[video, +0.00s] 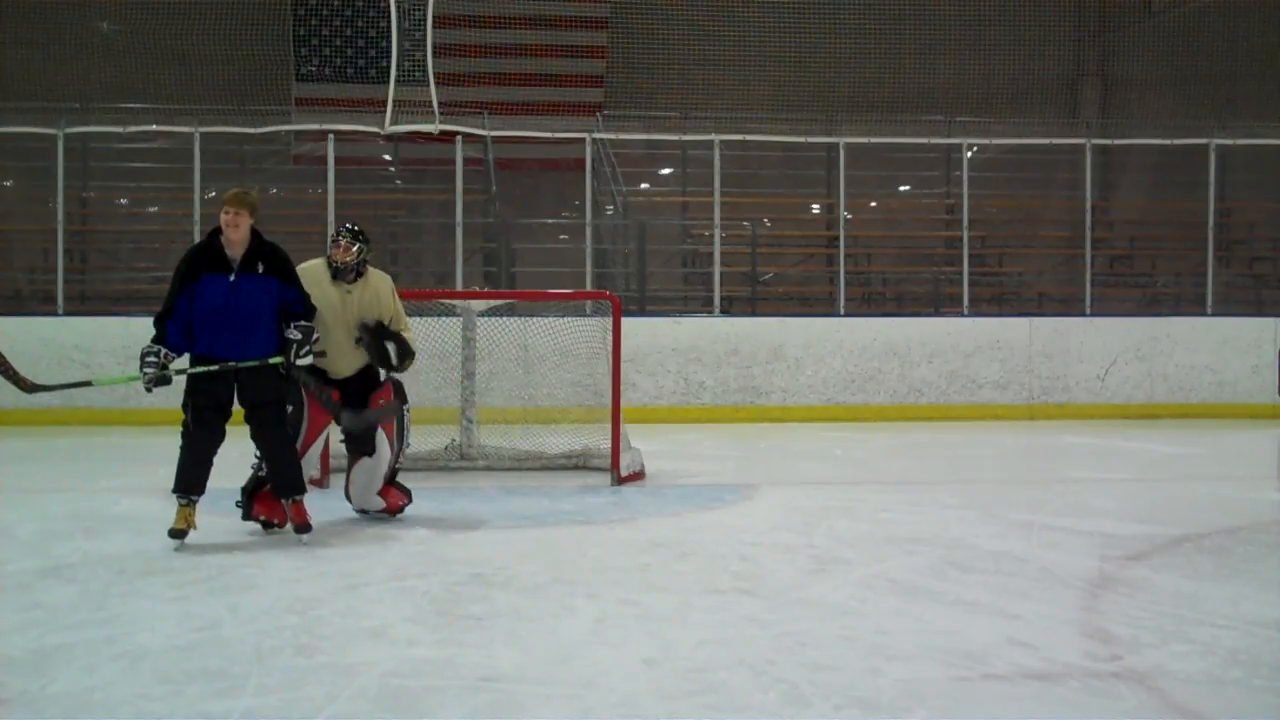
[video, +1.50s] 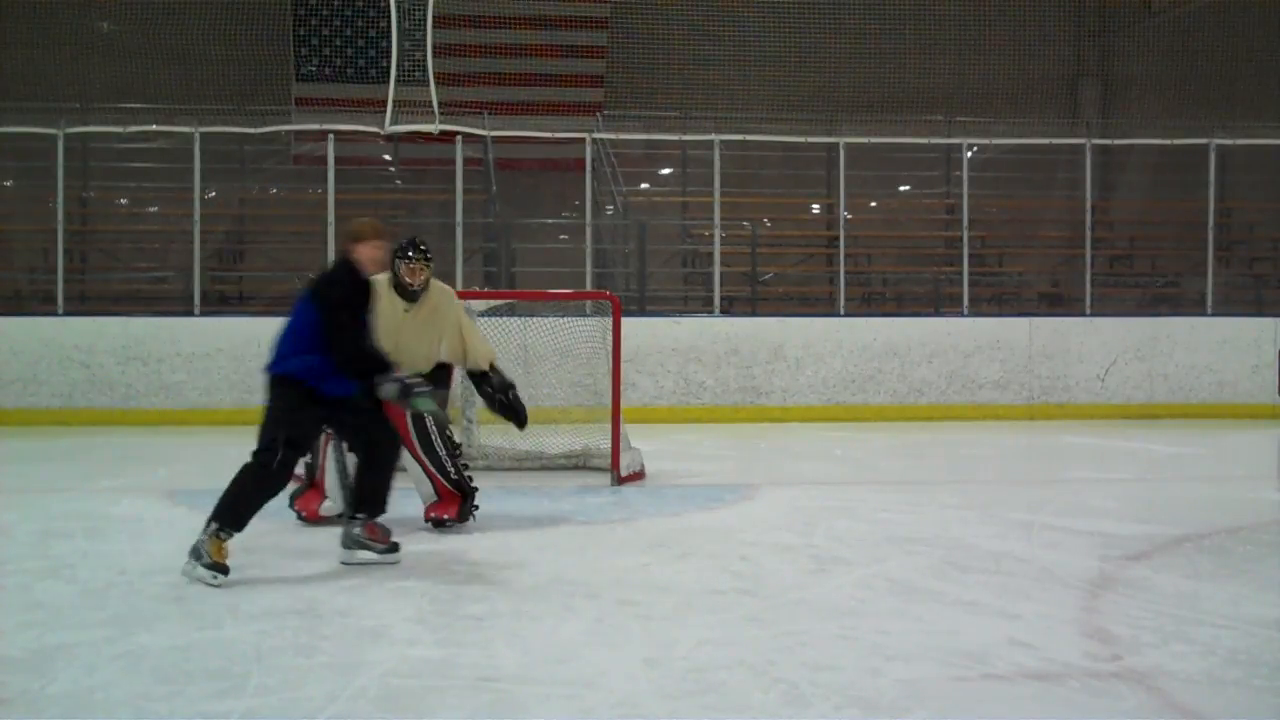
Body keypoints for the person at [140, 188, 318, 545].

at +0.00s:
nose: (230, 219)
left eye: (237, 214)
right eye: (226, 213)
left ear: (252, 220)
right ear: (219, 217)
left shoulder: (273, 258)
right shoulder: (198, 258)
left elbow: (299, 306)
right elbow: (176, 312)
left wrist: (301, 330)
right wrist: (159, 352)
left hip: (261, 362)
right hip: (210, 363)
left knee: (272, 431)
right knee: (201, 433)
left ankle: (293, 500)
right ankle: (186, 506)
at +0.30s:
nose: (227, 220)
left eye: (235, 214)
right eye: (223, 213)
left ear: (248, 220)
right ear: (216, 218)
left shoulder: (268, 258)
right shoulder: (196, 260)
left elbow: (294, 304)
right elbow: (175, 314)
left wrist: (297, 330)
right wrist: (157, 355)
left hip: (258, 362)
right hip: (207, 364)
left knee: (270, 431)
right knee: (198, 434)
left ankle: (287, 499)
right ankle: (181, 504)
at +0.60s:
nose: (221, 221)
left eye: (229, 216)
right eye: (216, 215)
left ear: (240, 222)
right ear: (207, 219)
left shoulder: (255, 259)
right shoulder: (186, 258)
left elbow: (277, 303)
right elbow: (159, 308)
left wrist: (279, 327)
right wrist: (147, 352)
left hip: (245, 364)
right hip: (195, 367)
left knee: (258, 435)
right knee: (179, 437)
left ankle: (288, 506)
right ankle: (158, 511)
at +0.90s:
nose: (224, 223)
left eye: (232, 217)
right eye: (219, 216)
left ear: (245, 222)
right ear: (211, 219)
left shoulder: (259, 259)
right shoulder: (189, 260)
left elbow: (278, 312)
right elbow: (165, 316)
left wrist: (294, 340)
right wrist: (169, 362)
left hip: (248, 369)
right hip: (198, 371)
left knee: (261, 439)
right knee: (184, 443)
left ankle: (279, 512)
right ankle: (159, 521)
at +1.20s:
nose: (268, 228)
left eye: (276, 222)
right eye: (262, 220)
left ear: (286, 228)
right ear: (249, 223)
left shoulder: (288, 266)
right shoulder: (227, 265)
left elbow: (299, 312)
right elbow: (214, 328)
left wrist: (316, 326)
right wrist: (230, 377)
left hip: (279, 374)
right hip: (232, 376)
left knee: (304, 442)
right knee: (230, 454)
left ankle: (298, 522)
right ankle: (193, 535)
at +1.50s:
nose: (382, 254)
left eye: (384, 247)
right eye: (375, 247)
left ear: (381, 252)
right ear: (354, 248)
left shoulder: (359, 286)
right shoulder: (339, 283)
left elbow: (357, 343)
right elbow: (346, 344)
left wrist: (384, 374)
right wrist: (381, 376)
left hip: (339, 386)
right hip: (300, 383)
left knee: (382, 441)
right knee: (275, 462)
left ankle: (362, 527)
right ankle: (213, 539)